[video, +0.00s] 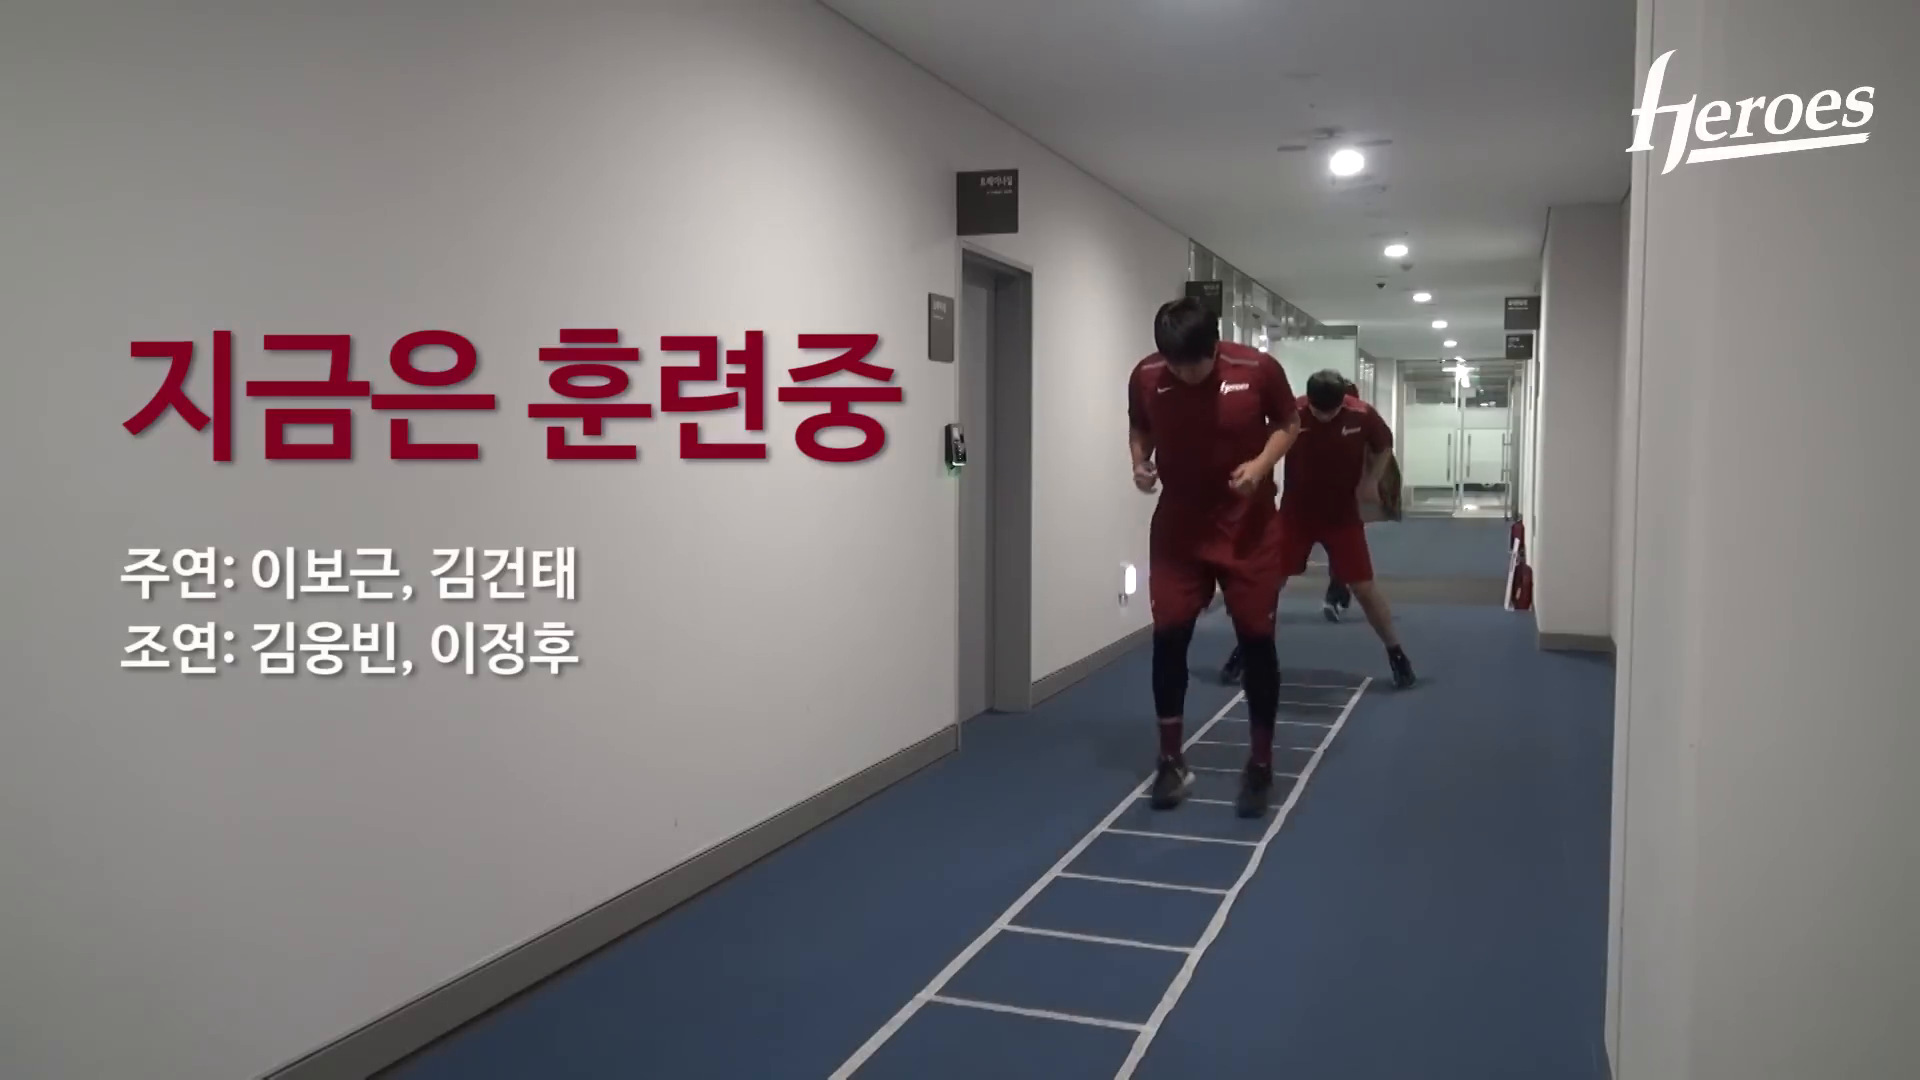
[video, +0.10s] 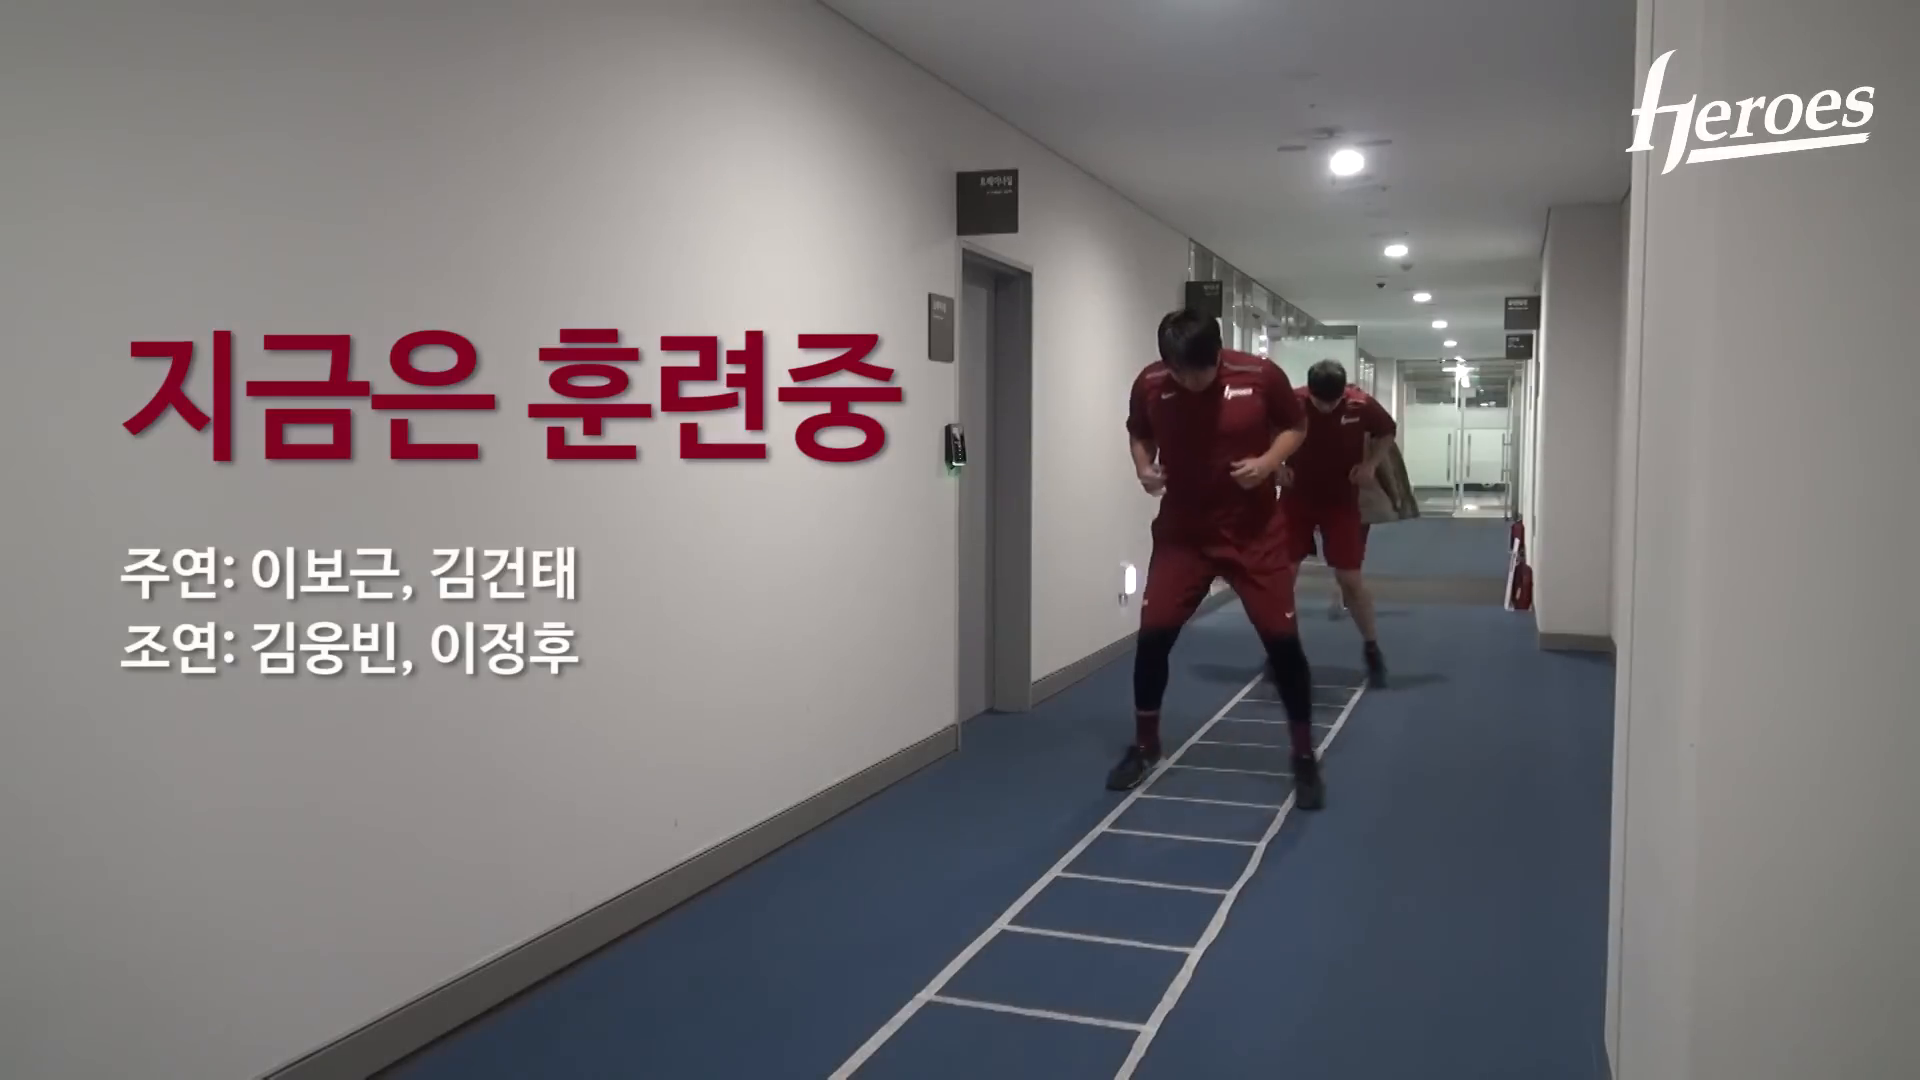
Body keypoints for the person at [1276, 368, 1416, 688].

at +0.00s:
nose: (1324, 418)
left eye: (1330, 413)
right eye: (1318, 413)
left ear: (1341, 402)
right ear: (1308, 400)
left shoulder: (1361, 415)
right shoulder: (1292, 415)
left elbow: (1384, 445)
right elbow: (1266, 444)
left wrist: (1373, 480)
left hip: (1342, 516)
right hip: (1296, 513)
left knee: (1364, 588)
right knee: (1267, 584)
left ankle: (1396, 655)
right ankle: (1245, 649)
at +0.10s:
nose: (1325, 408)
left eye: (1332, 404)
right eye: (1320, 403)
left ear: (1343, 393)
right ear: (1309, 391)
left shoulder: (1360, 405)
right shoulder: (1292, 404)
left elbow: (1386, 431)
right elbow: (1265, 428)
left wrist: (1371, 463)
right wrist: (1276, 461)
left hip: (1341, 501)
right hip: (1297, 499)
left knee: (1350, 579)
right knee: (1281, 577)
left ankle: (1372, 649)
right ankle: (1279, 653)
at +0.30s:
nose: (1324, 414)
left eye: (1330, 408)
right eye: (1318, 408)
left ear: (1340, 398)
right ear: (1308, 397)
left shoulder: (1357, 416)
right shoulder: (1295, 416)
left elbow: (1385, 449)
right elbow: (1272, 452)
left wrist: (1376, 478)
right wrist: (1278, 489)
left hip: (1342, 512)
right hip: (1302, 511)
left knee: (1338, 584)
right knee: (1303, 582)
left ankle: (1337, 650)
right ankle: (1307, 649)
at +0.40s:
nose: (1323, 408)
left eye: (1329, 403)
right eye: (1317, 403)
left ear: (1340, 393)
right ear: (1308, 392)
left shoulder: (1359, 404)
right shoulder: (1297, 407)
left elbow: (1385, 433)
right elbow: (1277, 439)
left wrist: (1378, 467)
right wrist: (1281, 471)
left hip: (1345, 501)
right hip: (1302, 499)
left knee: (1351, 575)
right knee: (1291, 573)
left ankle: (1352, 645)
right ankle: (1288, 641)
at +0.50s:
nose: (1320, 414)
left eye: (1327, 407)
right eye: (1314, 407)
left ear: (1338, 398)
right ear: (1305, 396)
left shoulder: (1360, 410)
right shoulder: (1295, 414)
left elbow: (1390, 430)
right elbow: (1272, 450)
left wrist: (1384, 466)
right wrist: (1282, 483)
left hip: (1344, 508)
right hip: (1299, 506)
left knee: (1365, 578)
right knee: (1274, 576)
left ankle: (1383, 647)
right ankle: (1260, 647)